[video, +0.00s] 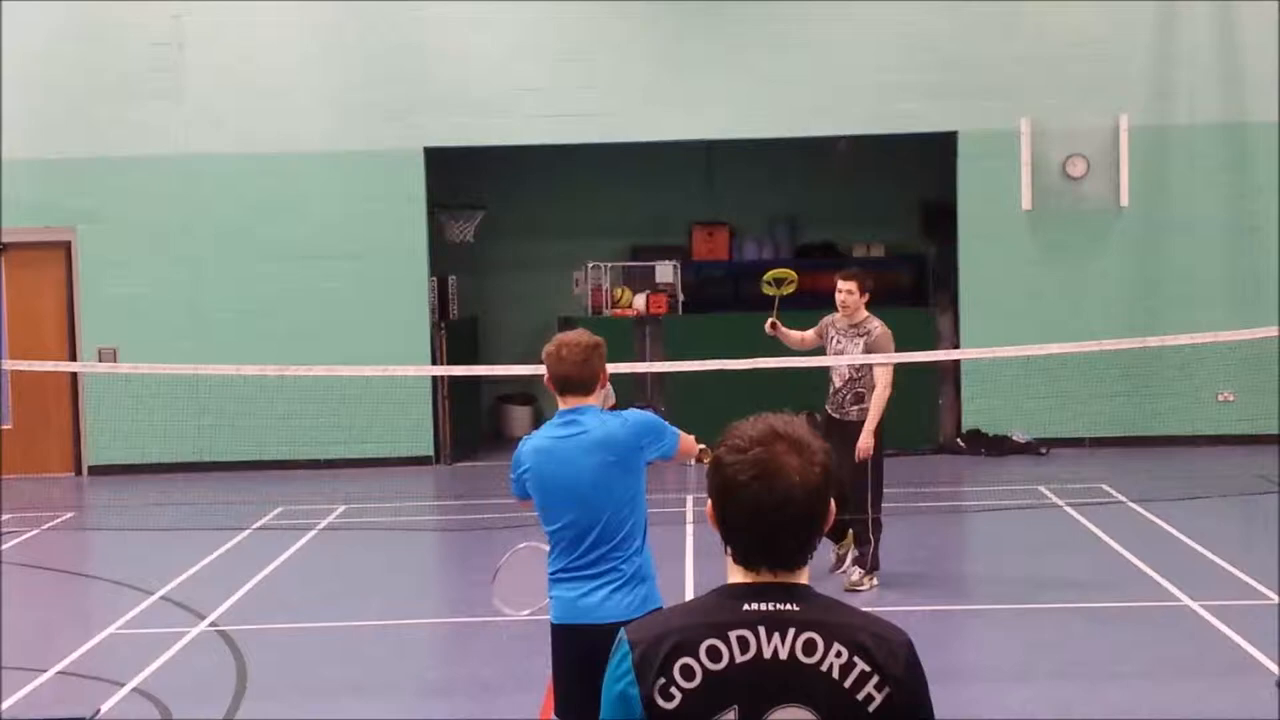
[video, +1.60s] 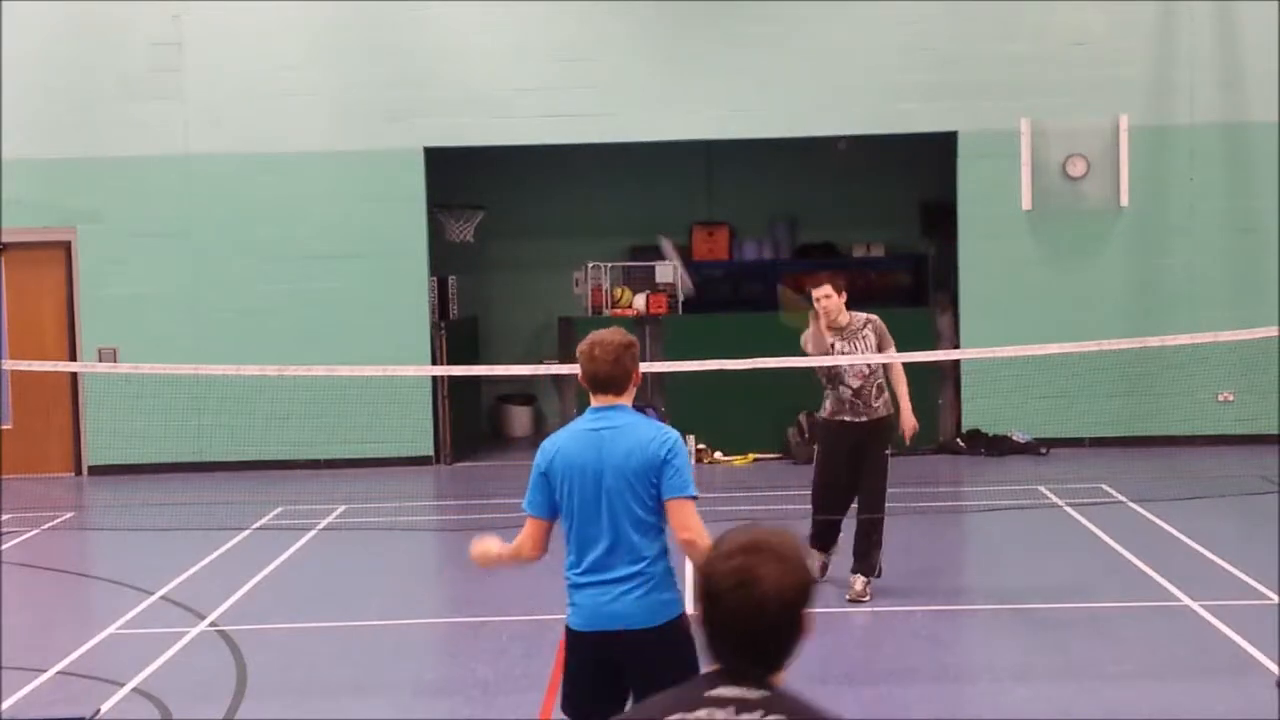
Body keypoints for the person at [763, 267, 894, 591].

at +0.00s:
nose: (842, 298)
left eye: (849, 293)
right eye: (839, 292)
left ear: (864, 297)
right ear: (835, 294)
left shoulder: (878, 333)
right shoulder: (831, 324)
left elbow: (883, 386)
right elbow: (804, 340)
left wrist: (868, 431)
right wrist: (780, 331)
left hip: (864, 424)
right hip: (833, 421)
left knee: (863, 494)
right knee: (827, 487)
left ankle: (866, 566)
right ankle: (843, 538)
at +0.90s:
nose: (832, 304)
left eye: (839, 298)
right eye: (829, 298)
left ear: (854, 303)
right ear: (825, 301)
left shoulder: (870, 338)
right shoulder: (818, 333)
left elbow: (880, 390)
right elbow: (793, 356)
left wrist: (863, 432)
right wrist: (765, 350)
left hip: (857, 428)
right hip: (829, 426)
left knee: (854, 493)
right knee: (839, 493)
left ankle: (866, 563)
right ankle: (858, 550)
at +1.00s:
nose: (832, 310)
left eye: (839, 304)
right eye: (829, 304)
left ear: (853, 308)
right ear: (824, 307)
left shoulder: (871, 344)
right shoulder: (816, 342)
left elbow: (884, 395)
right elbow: (796, 377)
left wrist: (872, 438)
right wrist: (766, 382)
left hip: (858, 432)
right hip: (827, 431)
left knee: (849, 496)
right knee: (842, 497)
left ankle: (860, 561)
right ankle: (861, 551)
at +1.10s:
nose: (832, 315)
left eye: (838, 309)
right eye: (827, 309)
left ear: (852, 313)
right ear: (822, 313)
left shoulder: (871, 348)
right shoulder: (815, 347)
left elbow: (889, 398)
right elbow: (802, 388)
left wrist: (885, 445)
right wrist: (775, 410)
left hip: (863, 435)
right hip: (831, 435)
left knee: (852, 499)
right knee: (841, 497)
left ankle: (857, 569)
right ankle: (864, 550)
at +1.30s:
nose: (830, 327)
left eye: (836, 320)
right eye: (825, 321)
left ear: (851, 318)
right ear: (821, 320)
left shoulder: (877, 345)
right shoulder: (814, 352)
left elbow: (898, 390)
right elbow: (815, 399)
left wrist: (901, 436)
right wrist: (817, 438)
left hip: (870, 432)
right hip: (834, 434)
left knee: (865, 500)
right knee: (841, 498)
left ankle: (862, 571)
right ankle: (859, 560)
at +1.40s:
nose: (828, 327)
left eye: (834, 320)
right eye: (823, 321)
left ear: (850, 315)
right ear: (819, 319)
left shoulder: (878, 338)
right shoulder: (814, 351)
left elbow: (900, 381)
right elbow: (821, 399)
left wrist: (903, 427)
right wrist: (822, 444)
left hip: (874, 432)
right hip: (838, 434)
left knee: (867, 502)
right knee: (843, 500)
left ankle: (864, 573)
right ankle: (849, 566)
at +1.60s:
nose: (821, 305)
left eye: (826, 298)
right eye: (816, 301)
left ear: (842, 297)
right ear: (811, 305)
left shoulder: (872, 325)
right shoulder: (813, 336)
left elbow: (894, 367)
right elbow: (819, 348)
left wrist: (906, 410)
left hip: (875, 424)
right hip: (835, 426)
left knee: (871, 501)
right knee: (826, 496)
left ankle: (862, 574)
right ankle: (821, 548)